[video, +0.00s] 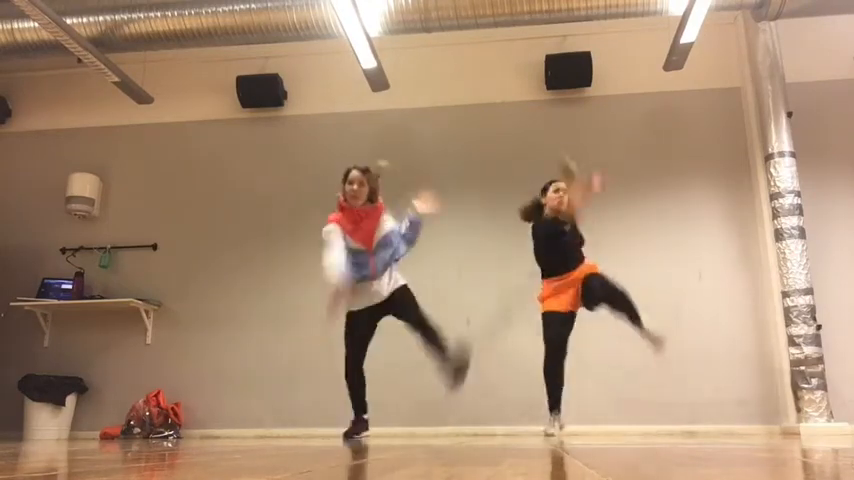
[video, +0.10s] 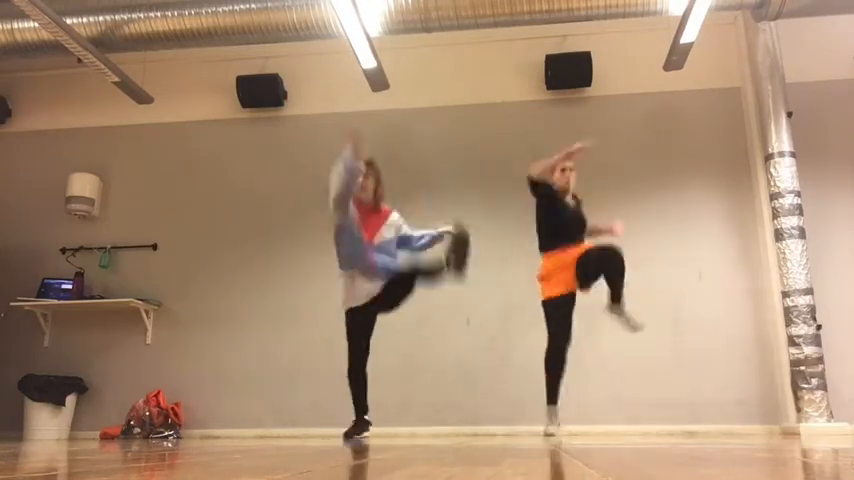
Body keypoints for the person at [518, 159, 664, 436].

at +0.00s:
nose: (561, 196)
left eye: (564, 192)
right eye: (555, 191)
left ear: (568, 198)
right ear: (543, 200)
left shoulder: (567, 217)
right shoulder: (542, 227)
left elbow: (575, 203)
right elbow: (557, 219)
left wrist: (588, 188)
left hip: (582, 279)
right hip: (556, 291)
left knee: (608, 290)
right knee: (554, 351)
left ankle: (642, 329)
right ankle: (554, 415)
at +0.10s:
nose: (566, 174)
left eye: (570, 170)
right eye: (561, 170)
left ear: (574, 177)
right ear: (552, 175)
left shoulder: (574, 203)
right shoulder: (545, 194)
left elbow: (581, 231)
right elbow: (533, 174)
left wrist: (606, 231)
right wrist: (562, 156)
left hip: (579, 260)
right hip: (556, 268)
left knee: (612, 256)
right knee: (558, 340)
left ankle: (616, 305)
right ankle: (552, 408)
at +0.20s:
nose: (572, 165)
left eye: (575, 162)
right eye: (566, 162)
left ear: (582, 166)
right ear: (557, 167)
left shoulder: (587, 195)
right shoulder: (551, 180)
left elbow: (591, 234)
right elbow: (529, 181)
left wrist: (599, 216)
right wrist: (538, 178)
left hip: (580, 248)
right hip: (551, 249)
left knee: (621, 267)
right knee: (555, 311)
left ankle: (601, 328)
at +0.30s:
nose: (572, 174)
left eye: (575, 169)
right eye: (567, 170)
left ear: (583, 171)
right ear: (559, 174)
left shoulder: (589, 197)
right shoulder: (549, 191)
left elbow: (610, 222)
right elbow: (530, 217)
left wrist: (598, 202)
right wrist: (512, 218)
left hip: (582, 253)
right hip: (553, 245)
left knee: (608, 305)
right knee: (548, 265)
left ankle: (596, 373)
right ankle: (539, 307)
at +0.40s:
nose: (566, 201)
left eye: (571, 196)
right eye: (563, 196)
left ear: (582, 196)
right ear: (557, 198)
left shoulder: (594, 211)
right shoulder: (553, 221)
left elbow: (620, 203)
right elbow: (537, 259)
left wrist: (629, 194)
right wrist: (505, 256)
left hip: (587, 287)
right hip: (563, 279)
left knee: (588, 349)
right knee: (553, 221)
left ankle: (576, 413)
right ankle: (539, 280)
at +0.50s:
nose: (570, 217)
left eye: (574, 212)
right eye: (565, 213)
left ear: (581, 213)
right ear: (557, 216)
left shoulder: (593, 225)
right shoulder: (551, 243)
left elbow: (628, 211)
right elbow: (541, 282)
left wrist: (656, 191)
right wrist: (526, 263)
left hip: (587, 298)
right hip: (558, 296)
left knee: (596, 360)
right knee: (552, 248)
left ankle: (574, 418)